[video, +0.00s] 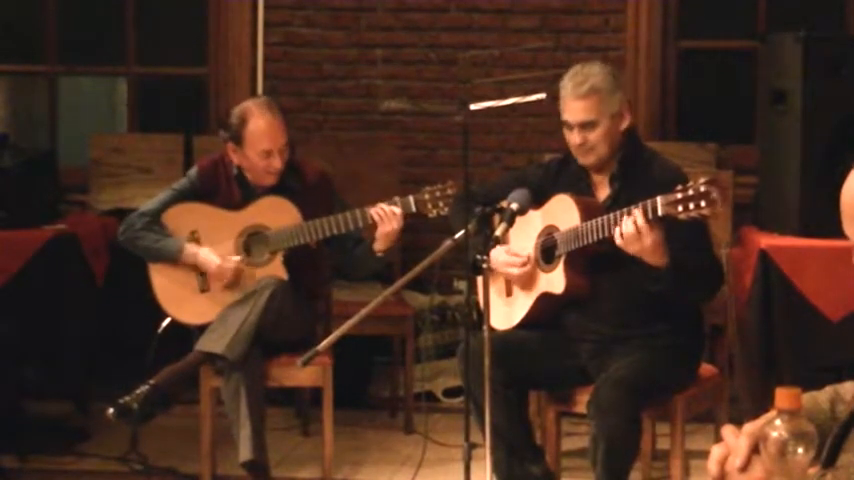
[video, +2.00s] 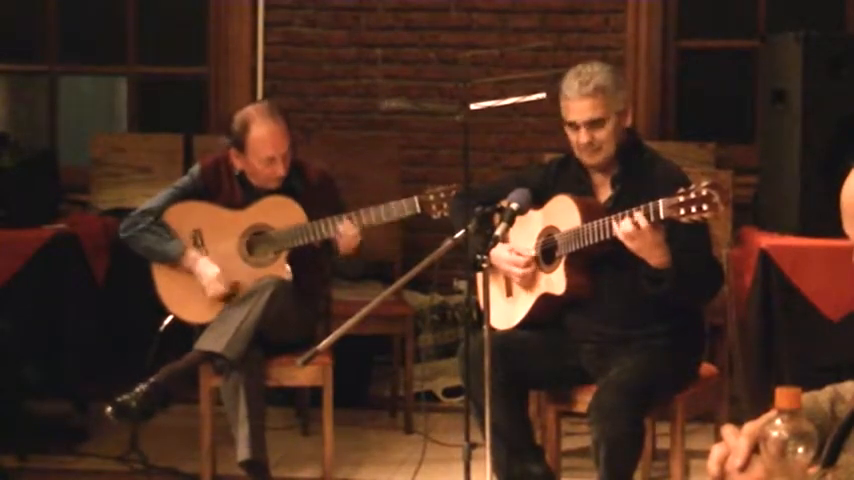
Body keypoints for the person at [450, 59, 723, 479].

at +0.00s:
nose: (577, 139)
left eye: (589, 126)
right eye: (568, 128)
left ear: (623, 119)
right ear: (561, 124)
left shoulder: (665, 184)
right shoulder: (557, 176)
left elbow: (706, 281)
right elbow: (467, 205)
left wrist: (661, 260)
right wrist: (486, 250)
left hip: (653, 342)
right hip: (573, 336)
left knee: (613, 394)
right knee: (484, 353)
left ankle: (609, 473)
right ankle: (524, 471)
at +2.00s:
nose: (585, 138)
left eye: (597, 125)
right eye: (573, 127)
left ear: (624, 117)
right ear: (563, 124)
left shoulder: (666, 183)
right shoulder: (557, 177)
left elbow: (705, 284)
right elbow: (467, 202)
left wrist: (662, 259)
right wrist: (489, 249)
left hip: (652, 344)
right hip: (572, 338)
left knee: (613, 404)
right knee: (484, 352)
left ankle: (613, 474)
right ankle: (525, 471)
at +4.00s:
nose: (618, 147)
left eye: (631, 129)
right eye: (603, 133)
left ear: (664, 113)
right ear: (590, 128)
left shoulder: (715, 187)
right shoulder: (583, 179)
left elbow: (756, 315)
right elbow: (476, 208)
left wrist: (704, 292)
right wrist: (498, 273)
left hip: (700, 378)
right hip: (605, 370)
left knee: (657, 446)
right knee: (500, 393)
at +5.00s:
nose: (656, 158)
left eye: (670, 136)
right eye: (637, 143)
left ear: (704, 113)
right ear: (618, 131)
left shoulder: (761, 198)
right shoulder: (604, 181)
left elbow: (805, 348)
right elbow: (479, 211)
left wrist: (745, 329)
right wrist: (508, 286)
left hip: (736, 406)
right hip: (622, 397)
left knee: (712, 460)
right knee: (499, 428)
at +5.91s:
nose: (663, 144)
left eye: (677, 120)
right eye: (643, 127)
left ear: (714, 101)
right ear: (624, 123)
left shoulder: (775, 195)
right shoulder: (612, 181)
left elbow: (830, 348)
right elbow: (482, 212)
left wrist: (774, 324)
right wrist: (516, 289)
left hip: (744, 421)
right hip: (625, 410)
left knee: (722, 467)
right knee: (501, 436)